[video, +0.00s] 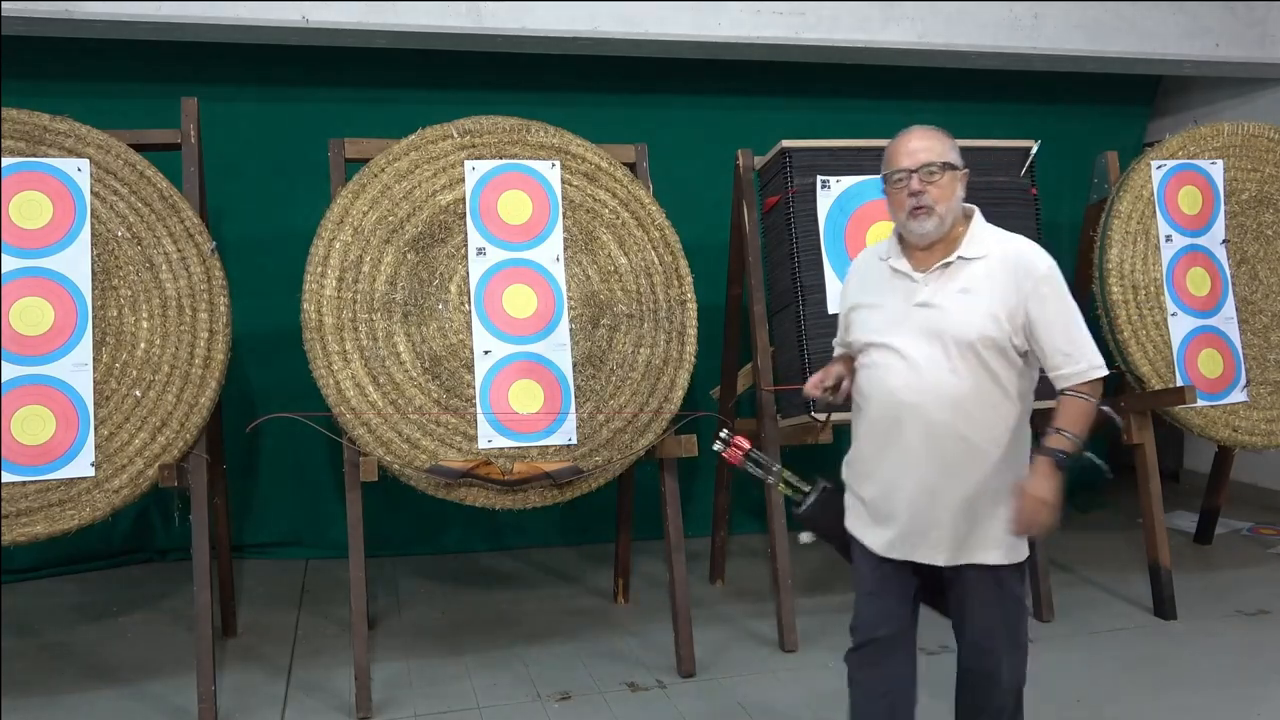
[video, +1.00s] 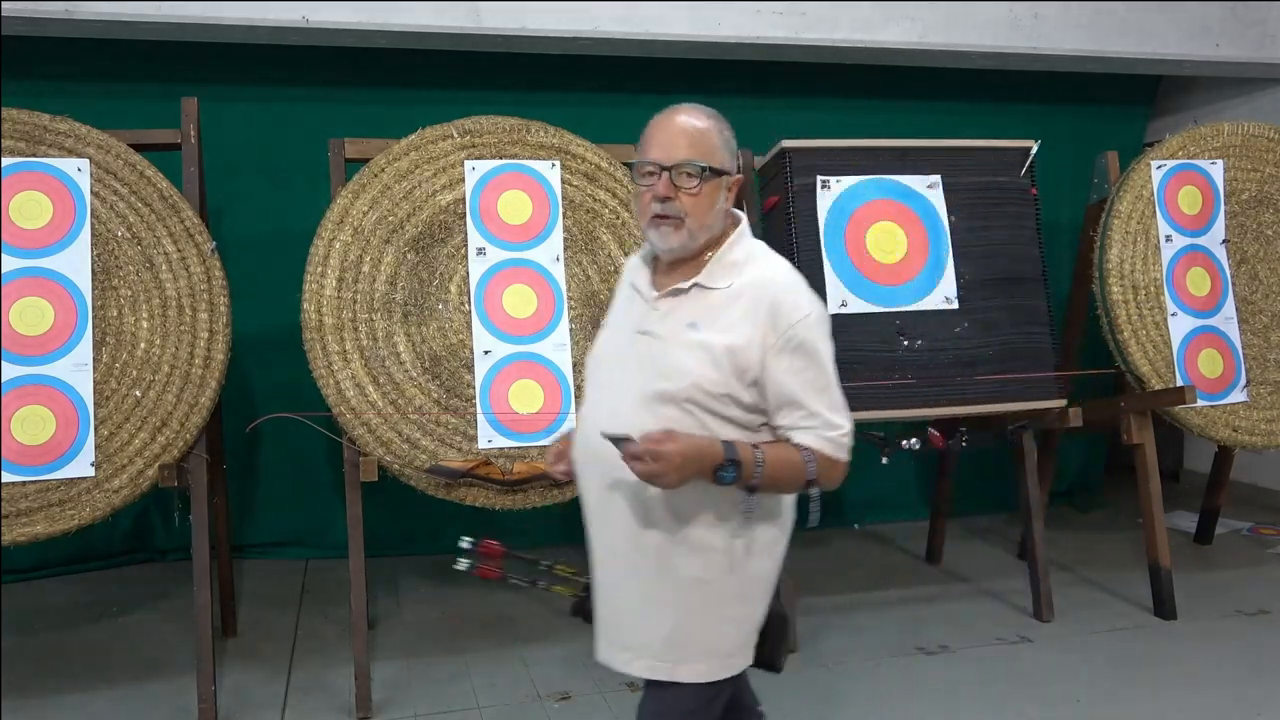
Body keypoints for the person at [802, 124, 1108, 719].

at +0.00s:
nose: (915, 188)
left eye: (931, 173)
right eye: (899, 178)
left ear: (961, 182)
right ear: (886, 195)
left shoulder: (1020, 264)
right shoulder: (867, 269)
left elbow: (1083, 378)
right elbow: (850, 353)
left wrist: (1049, 465)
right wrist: (838, 373)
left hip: (984, 524)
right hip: (881, 520)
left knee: (993, 683)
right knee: (875, 671)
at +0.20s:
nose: (866, 200)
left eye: (881, 183)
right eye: (850, 191)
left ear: (913, 192)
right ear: (838, 210)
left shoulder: (972, 273)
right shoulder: (821, 290)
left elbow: (1019, 397)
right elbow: (813, 382)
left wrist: (908, 428)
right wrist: (797, 398)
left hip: (948, 539)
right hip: (843, 540)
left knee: (982, 701)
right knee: (841, 699)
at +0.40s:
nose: (781, 189)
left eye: (799, 172)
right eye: (772, 178)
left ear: (850, 177)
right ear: (766, 192)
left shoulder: (918, 261)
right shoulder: (763, 287)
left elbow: (952, 390)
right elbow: (738, 394)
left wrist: (825, 398)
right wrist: (733, 403)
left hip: (885, 545)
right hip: (782, 545)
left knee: (904, 692)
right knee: (790, 705)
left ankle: (954, 714)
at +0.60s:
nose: (713, 194)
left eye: (728, 177)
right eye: (714, 179)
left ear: (784, 175)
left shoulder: (873, 260)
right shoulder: (724, 282)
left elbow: (914, 399)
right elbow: (713, 388)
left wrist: (790, 405)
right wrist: (687, 404)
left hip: (826, 566)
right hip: (734, 562)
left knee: (796, 706)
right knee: (759, 705)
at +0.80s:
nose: (682, 183)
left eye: (704, 167)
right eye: (677, 171)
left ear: (759, 178)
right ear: (673, 184)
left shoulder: (825, 270)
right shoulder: (698, 270)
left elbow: (879, 418)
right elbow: (694, 374)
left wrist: (764, 439)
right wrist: (640, 420)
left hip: (767, 588)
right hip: (701, 577)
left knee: (725, 710)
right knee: (768, 707)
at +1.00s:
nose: (662, 192)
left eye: (688, 175)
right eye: (649, 175)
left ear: (732, 188)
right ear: (634, 184)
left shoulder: (778, 297)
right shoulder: (640, 272)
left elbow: (827, 459)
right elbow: (660, 395)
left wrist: (715, 459)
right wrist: (587, 444)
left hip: (707, 609)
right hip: (640, 591)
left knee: (669, 710)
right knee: (723, 705)